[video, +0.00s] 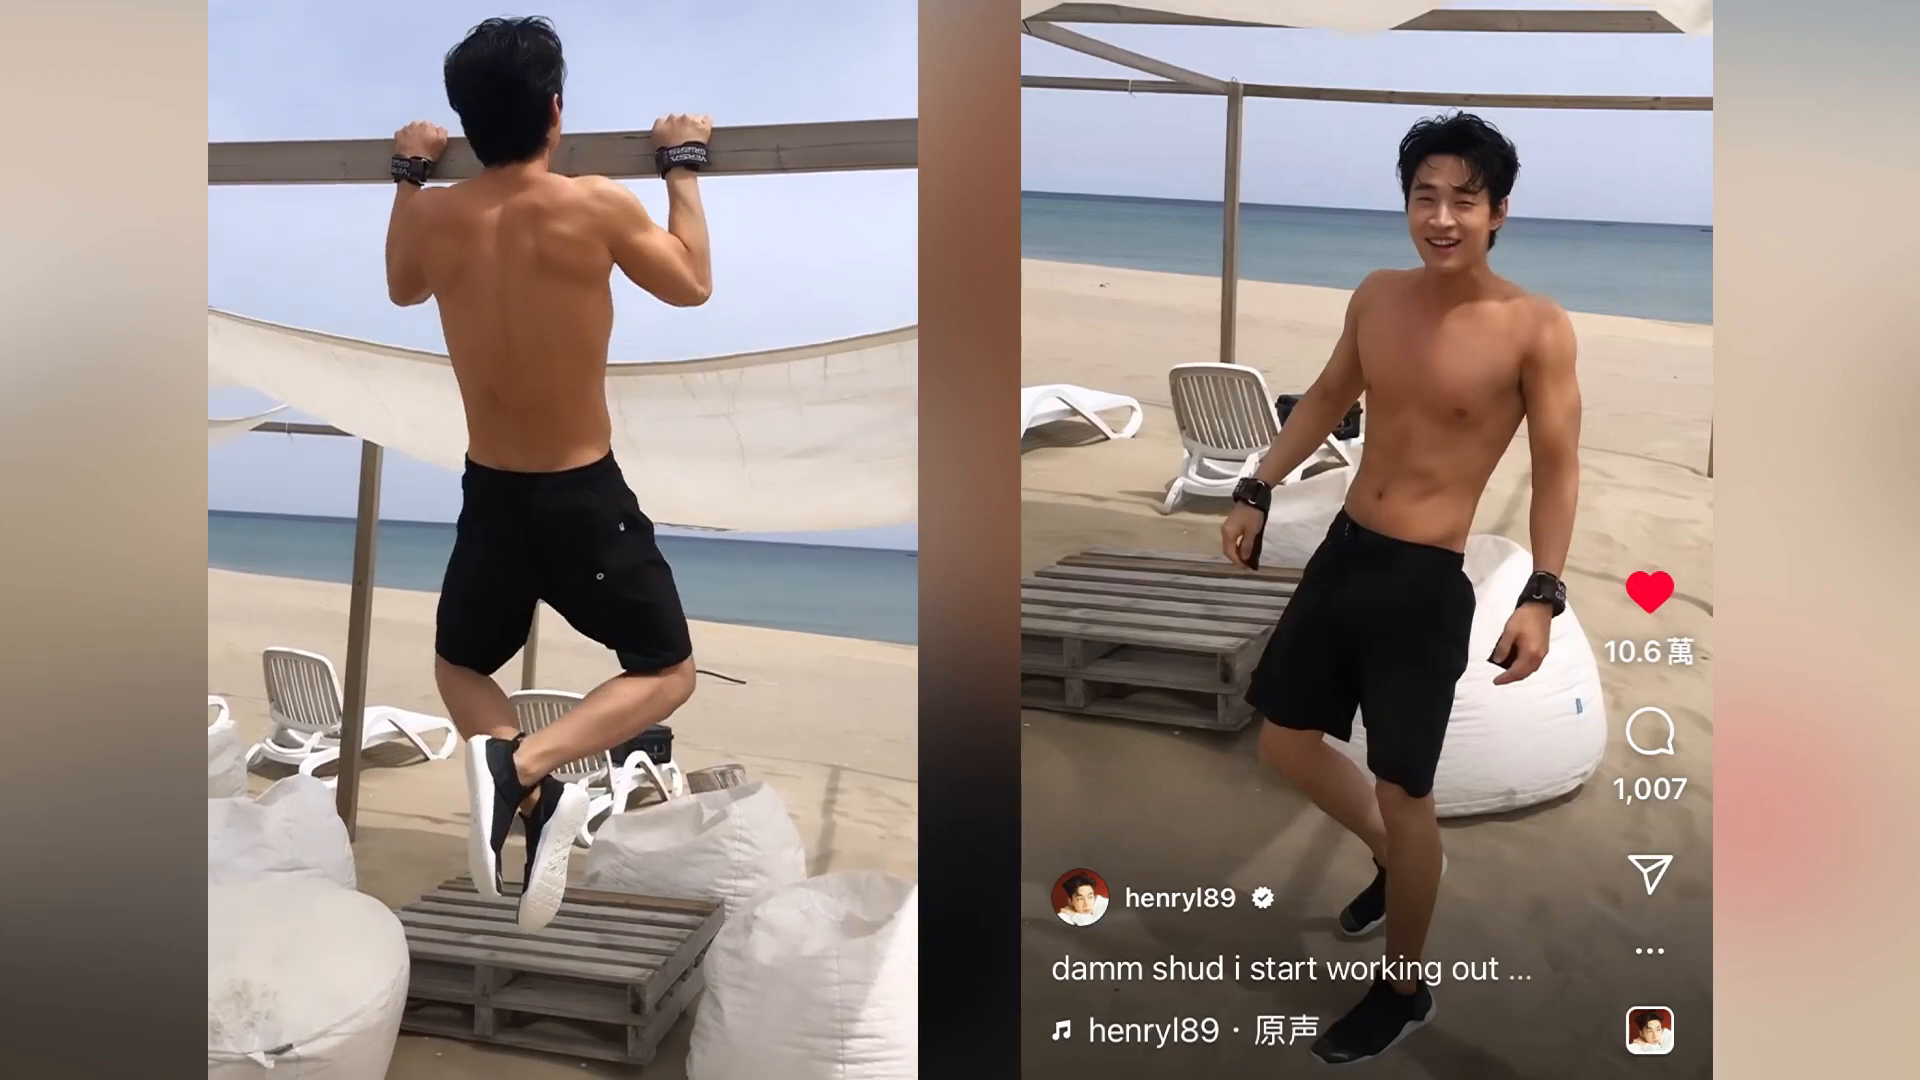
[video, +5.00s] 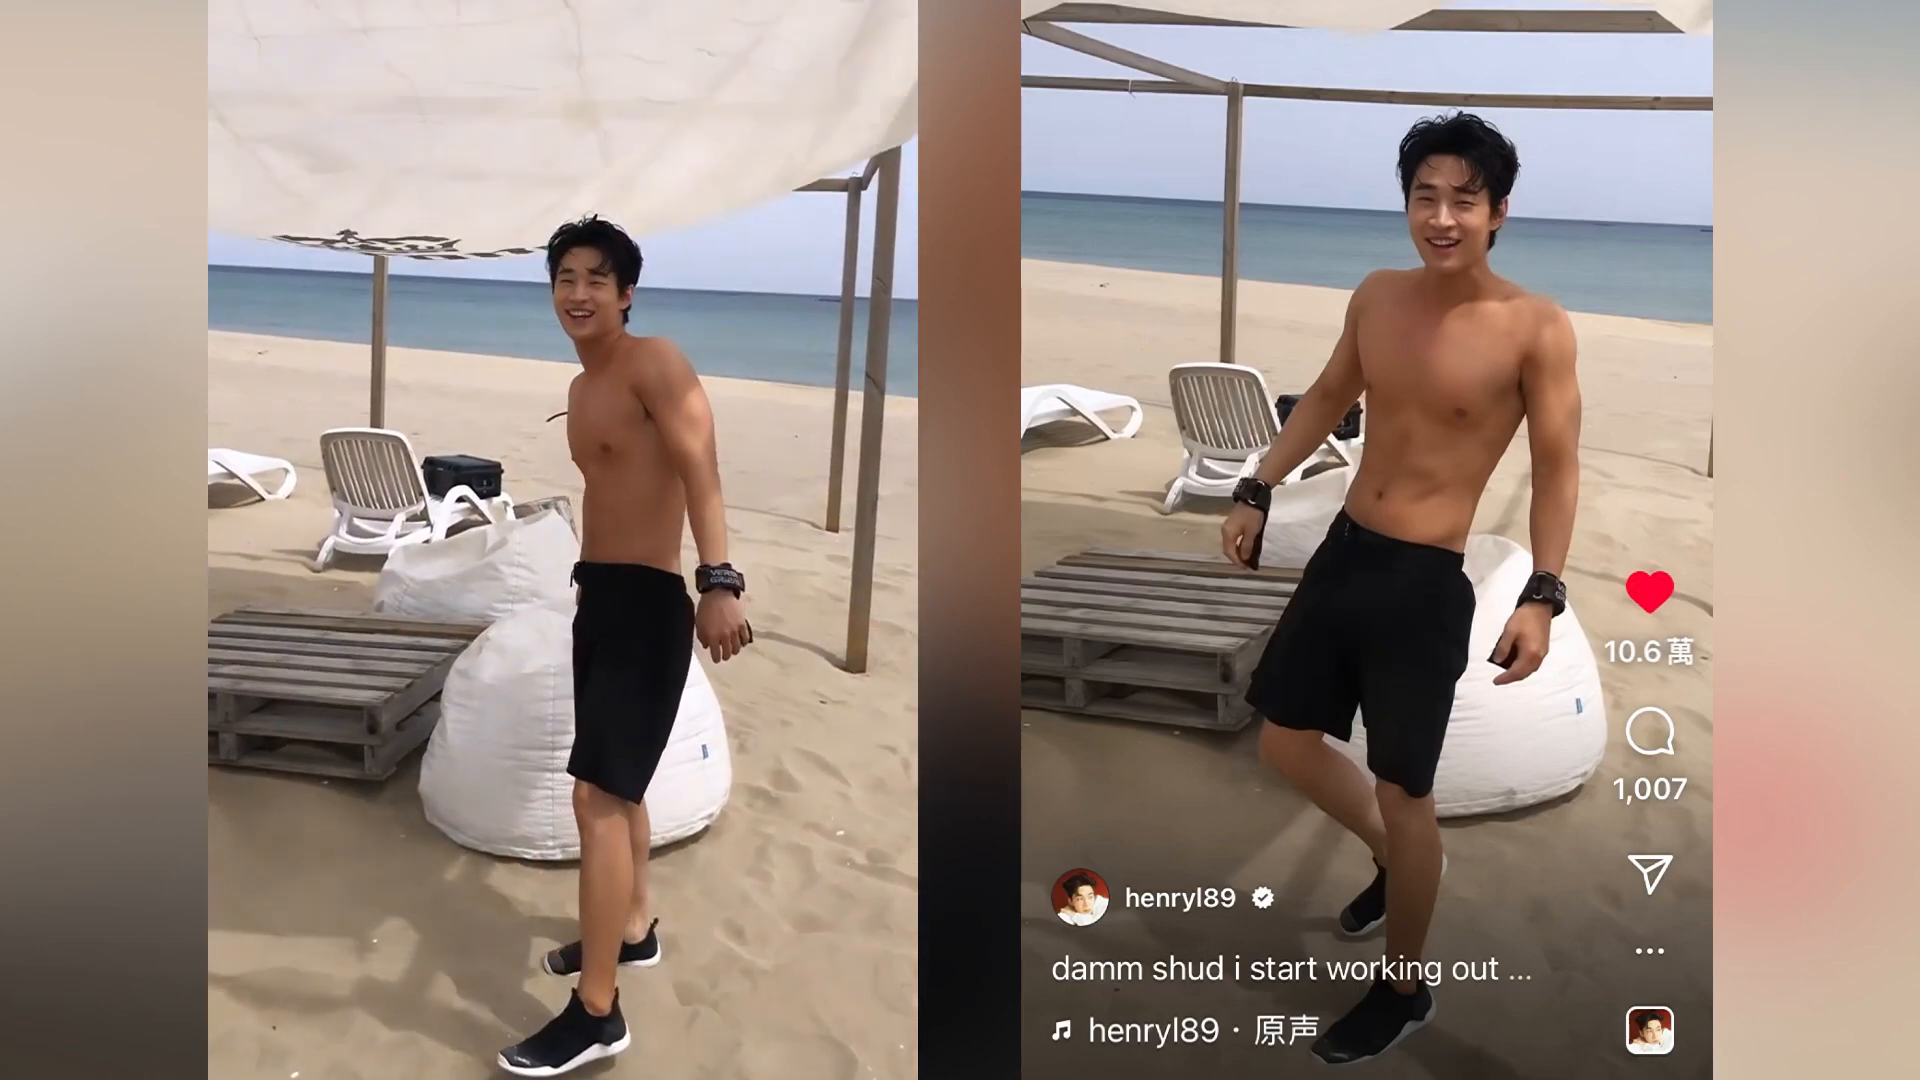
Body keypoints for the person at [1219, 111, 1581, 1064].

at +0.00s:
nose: (1440, 216)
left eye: (1462, 198)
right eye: (1424, 197)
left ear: (1498, 210)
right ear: (1406, 208)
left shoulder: (1535, 328)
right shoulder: (1378, 297)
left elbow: (1556, 468)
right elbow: (1330, 398)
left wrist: (1540, 595)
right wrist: (1256, 484)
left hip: (1426, 579)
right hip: (1345, 553)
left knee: (1402, 800)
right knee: (1284, 742)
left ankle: (1402, 981)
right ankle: (1398, 848)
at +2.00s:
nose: (1440, 216)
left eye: (1462, 198)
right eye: (1424, 197)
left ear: (1498, 210)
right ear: (1406, 208)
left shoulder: (1535, 328)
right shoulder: (1378, 296)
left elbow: (1556, 468)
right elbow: (1330, 398)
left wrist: (1540, 595)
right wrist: (1255, 484)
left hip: (1426, 579)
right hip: (1345, 553)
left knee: (1402, 799)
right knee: (1284, 742)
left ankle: (1403, 981)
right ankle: (1398, 847)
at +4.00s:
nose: (1440, 216)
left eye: (1462, 198)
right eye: (1424, 197)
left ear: (1498, 210)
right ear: (1406, 208)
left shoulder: (1535, 328)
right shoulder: (1378, 296)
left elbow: (1556, 468)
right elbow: (1330, 398)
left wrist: (1540, 595)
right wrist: (1255, 484)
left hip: (1426, 579)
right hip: (1345, 553)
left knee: (1402, 799)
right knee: (1284, 742)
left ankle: (1403, 981)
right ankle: (1398, 847)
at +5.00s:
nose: (1440, 216)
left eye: (1461, 198)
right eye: (1424, 197)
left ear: (1498, 210)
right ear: (1406, 208)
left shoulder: (1535, 328)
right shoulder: (1379, 296)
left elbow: (1556, 469)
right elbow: (1330, 398)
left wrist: (1540, 595)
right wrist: (1256, 484)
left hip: (1427, 579)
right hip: (1345, 553)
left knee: (1402, 799)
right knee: (1284, 742)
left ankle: (1403, 981)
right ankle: (1398, 846)